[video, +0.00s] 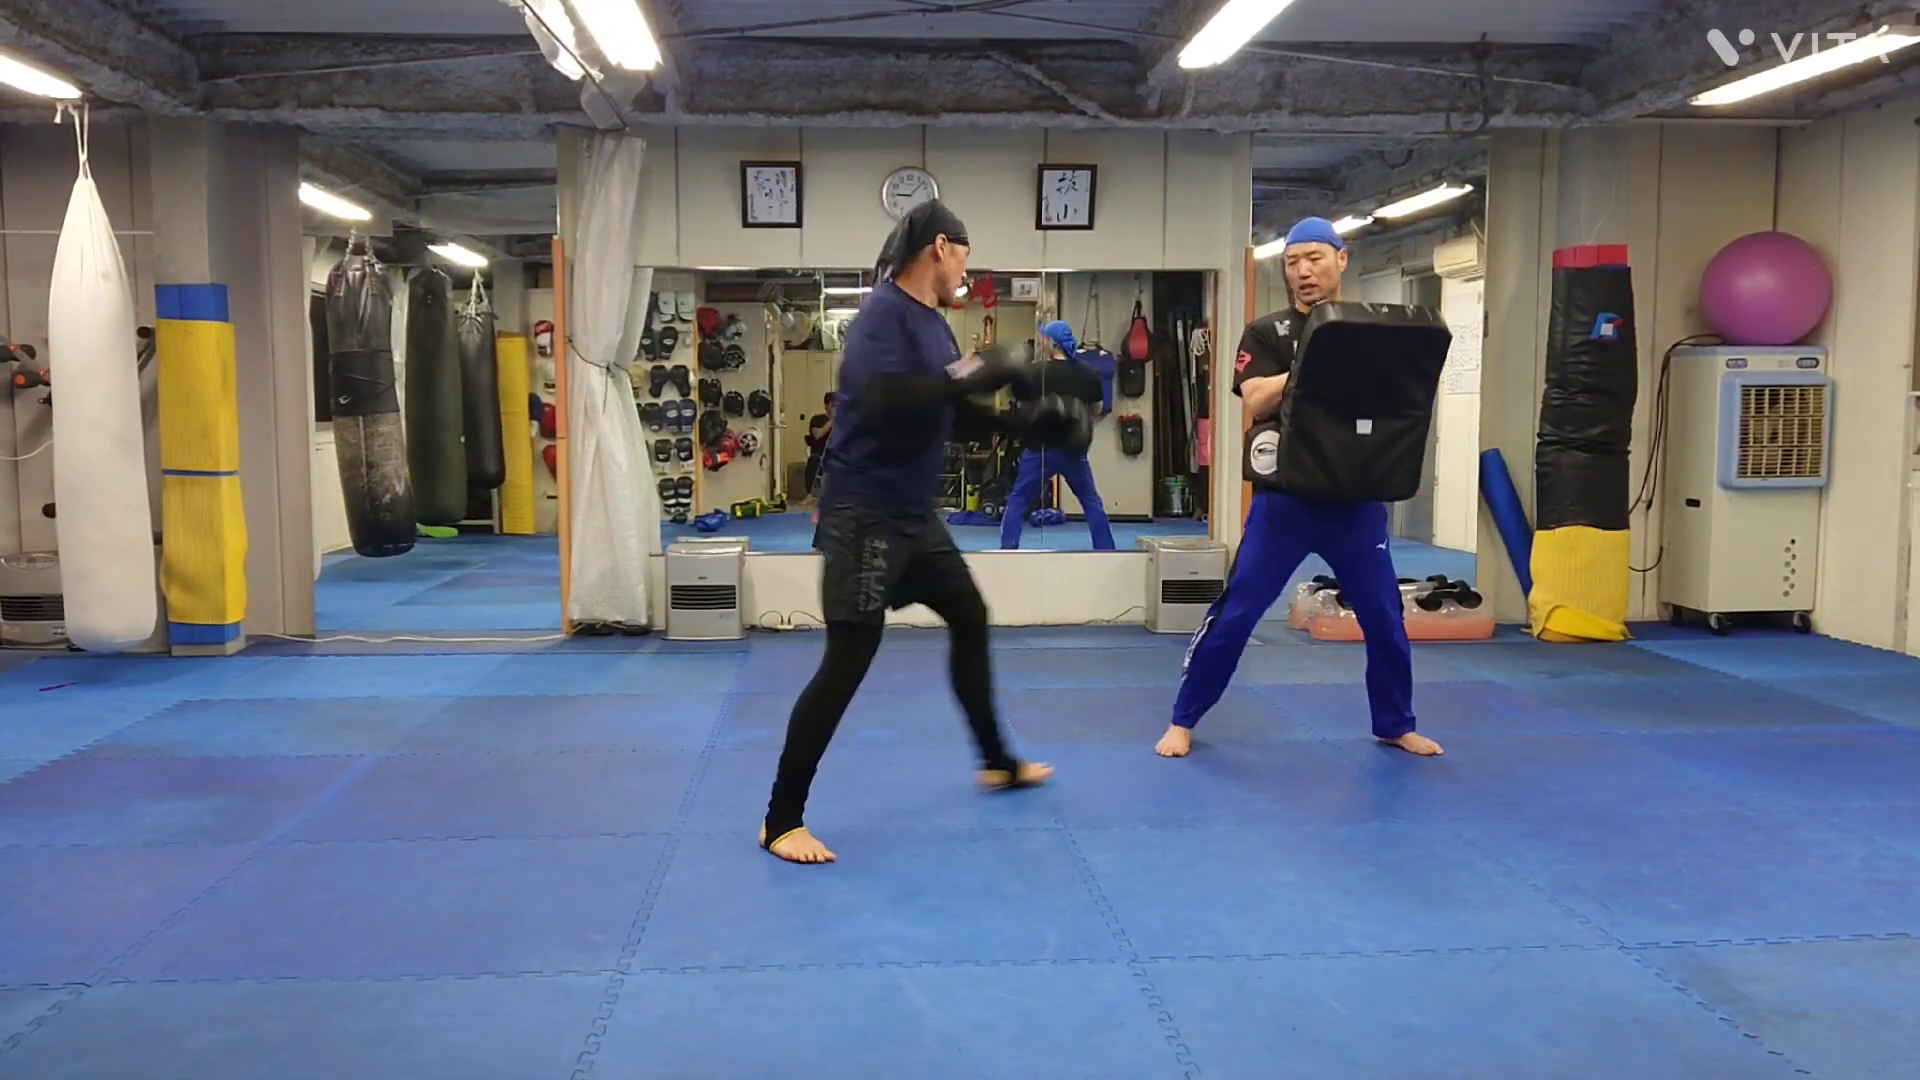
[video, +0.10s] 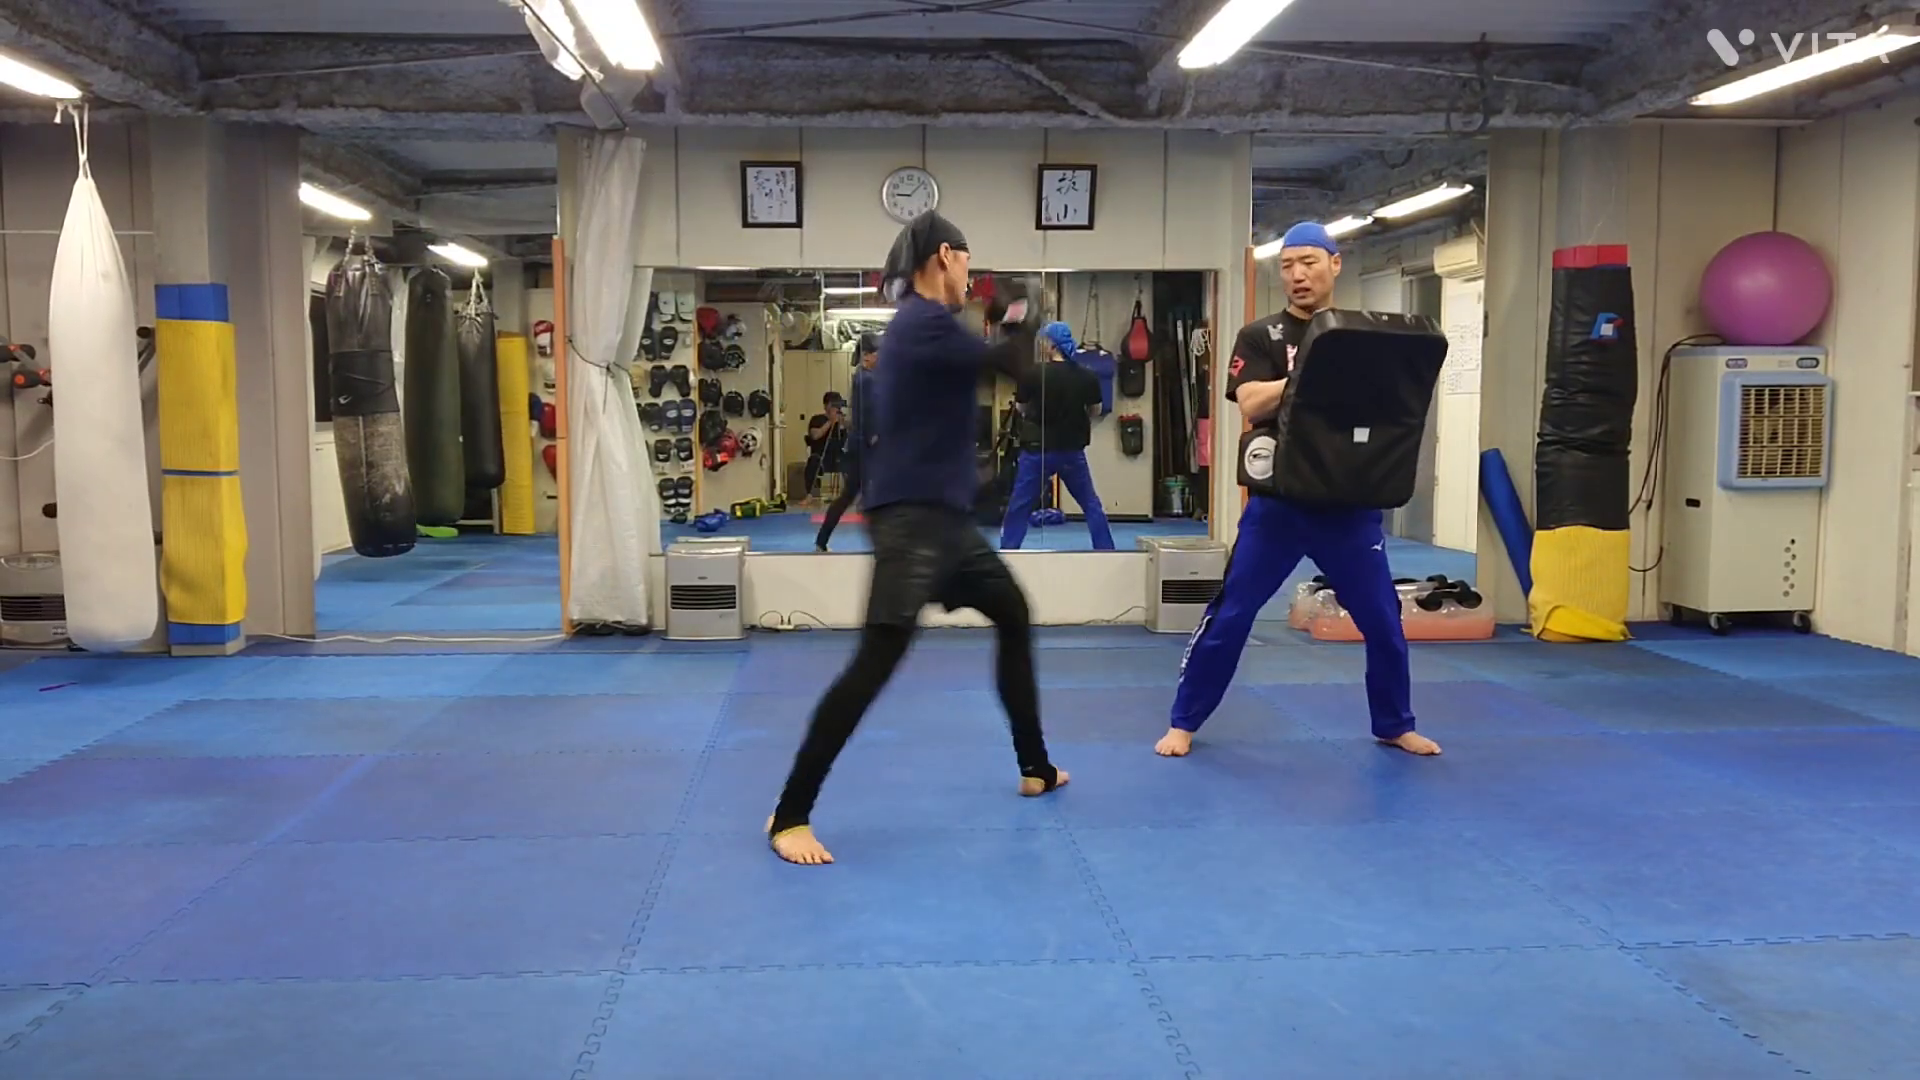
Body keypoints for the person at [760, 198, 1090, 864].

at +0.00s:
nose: (967, 270)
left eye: (968, 258)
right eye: (964, 256)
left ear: (932, 252)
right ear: (937, 250)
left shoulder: (932, 326)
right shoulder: (881, 316)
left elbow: (953, 413)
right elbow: (877, 396)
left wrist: (1022, 419)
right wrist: (966, 377)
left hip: (913, 515)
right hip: (861, 517)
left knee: (969, 617)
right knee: (848, 657)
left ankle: (997, 761)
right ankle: (782, 822)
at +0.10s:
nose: (971, 270)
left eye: (969, 259)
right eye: (966, 258)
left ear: (925, 261)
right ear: (944, 257)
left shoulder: (916, 325)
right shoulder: (926, 323)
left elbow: (877, 432)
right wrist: (1025, 317)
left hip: (944, 518)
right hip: (912, 517)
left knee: (1013, 612)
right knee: (879, 655)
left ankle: (1036, 768)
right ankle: (789, 819)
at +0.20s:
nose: (955, 259)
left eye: (949, 250)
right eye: (949, 250)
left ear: (902, 270)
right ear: (933, 258)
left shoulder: (879, 348)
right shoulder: (977, 299)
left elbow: (833, 430)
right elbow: (1068, 322)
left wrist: (803, 484)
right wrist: (1063, 289)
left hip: (958, 496)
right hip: (1009, 479)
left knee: (1031, 623)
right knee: (1035, 624)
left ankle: (1035, 766)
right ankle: (916, 711)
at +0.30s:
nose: (949, 258)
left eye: (945, 250)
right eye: (944, 250)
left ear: (888, 270)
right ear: (926, 256)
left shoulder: (869, 343)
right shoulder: (970, 292)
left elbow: (830, 424)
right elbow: (1060, 322)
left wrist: (805, 466)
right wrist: (1128, 322)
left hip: (976, 491)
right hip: (1036, 455)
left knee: (1015, 618)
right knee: (1143, 542)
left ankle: (1036, 760)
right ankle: (1053, 621)